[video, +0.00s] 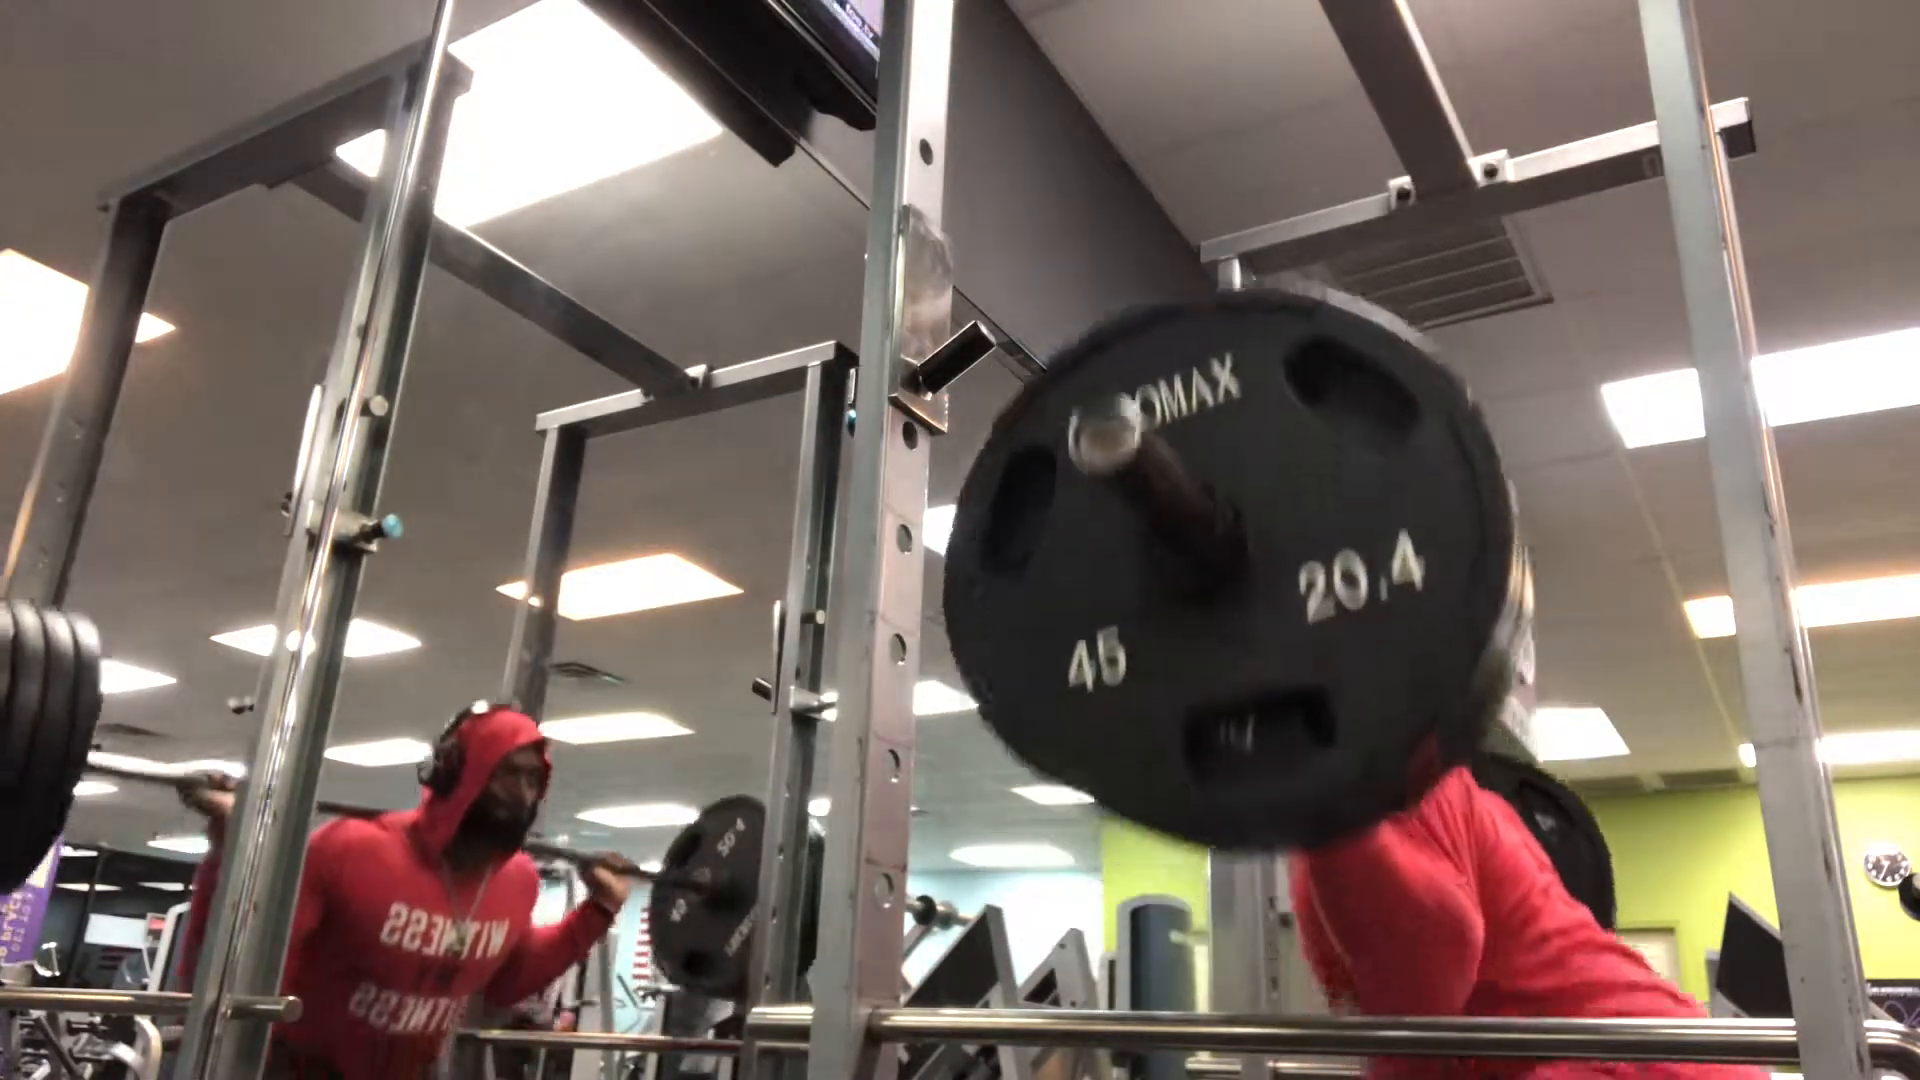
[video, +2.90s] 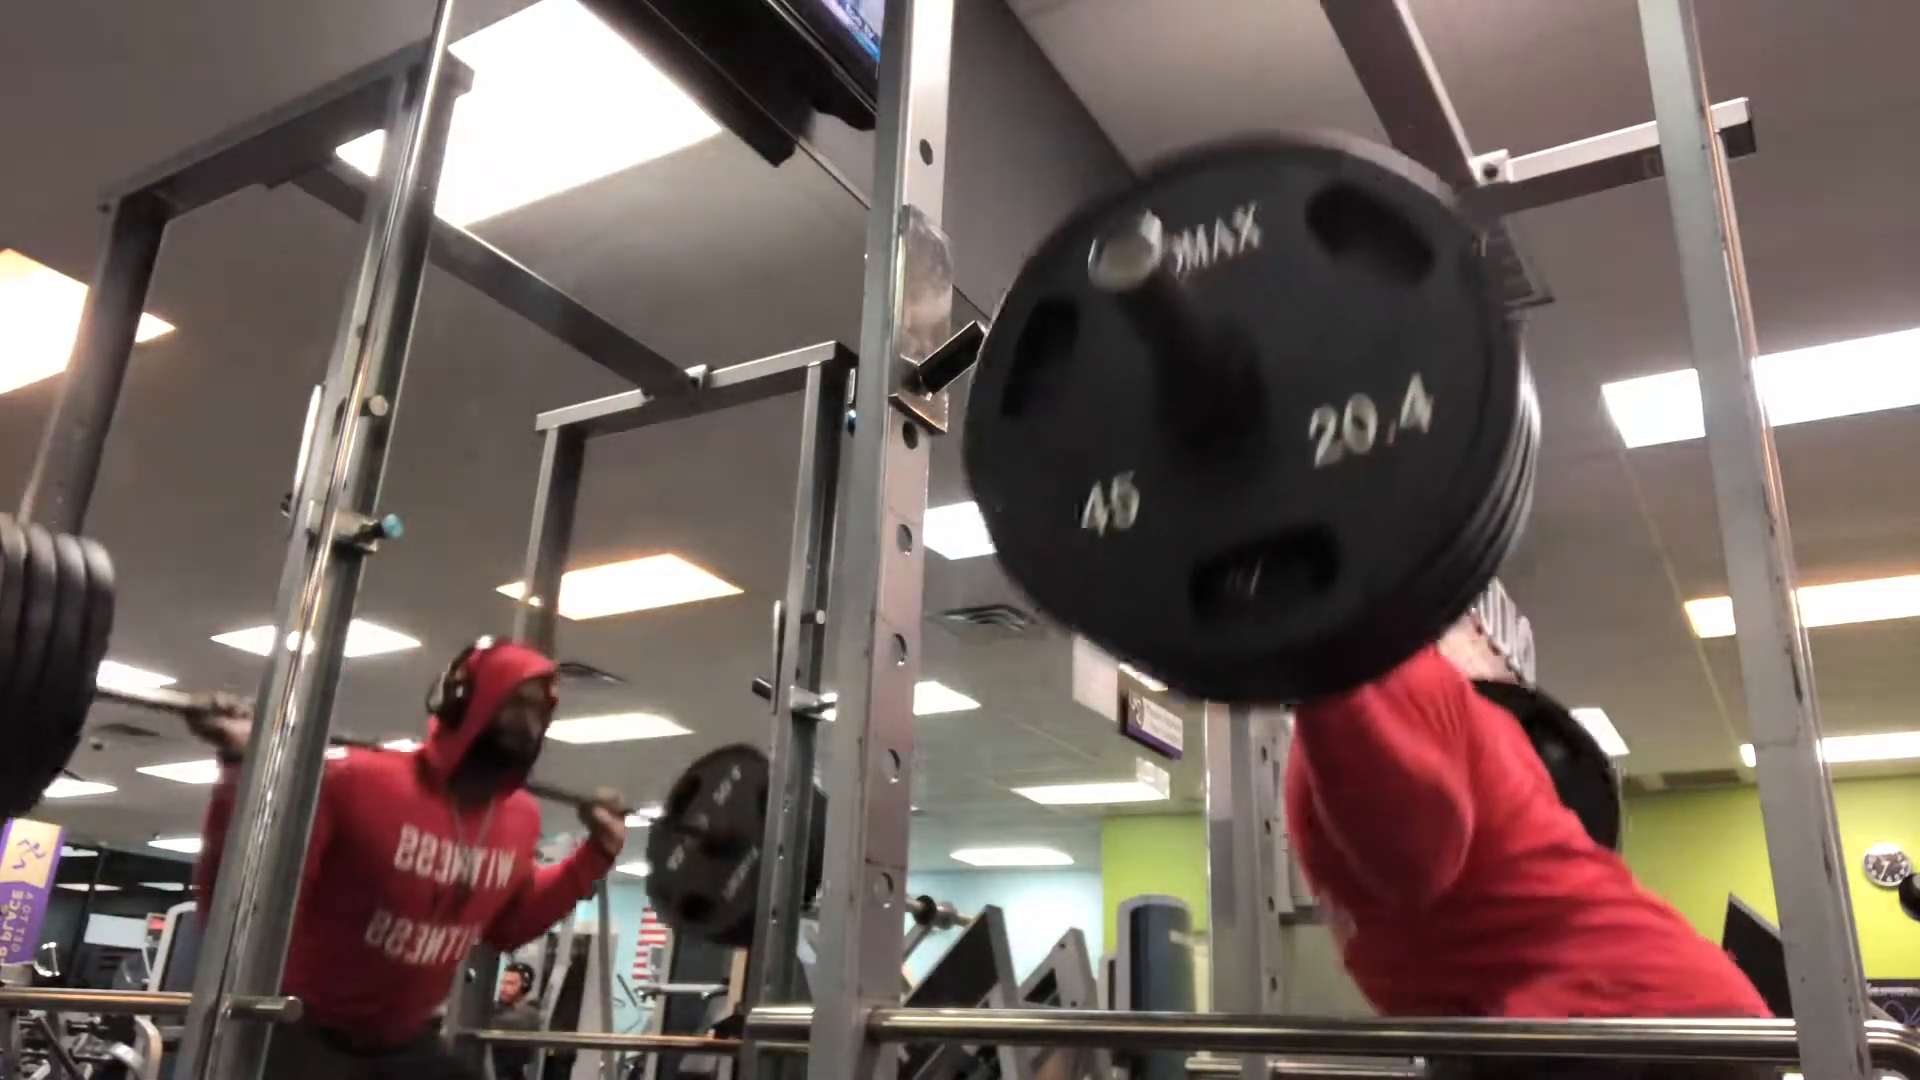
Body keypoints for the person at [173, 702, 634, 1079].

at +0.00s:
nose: (522, 791)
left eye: (534, 779)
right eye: (507, 773)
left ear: (544, 792)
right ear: (462, 772)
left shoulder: (517, 880)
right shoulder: (351, 848)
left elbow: (503, 985)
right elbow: (227, 961)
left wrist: (597, 913)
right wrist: (232, 841)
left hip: (412, 1066)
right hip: (306, 1060)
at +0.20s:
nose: (529, 738)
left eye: (540, 722)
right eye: (513, 716)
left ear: (547, 734)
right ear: (467, 718)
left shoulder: (523, 829)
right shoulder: (358, 795)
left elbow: (511, 932)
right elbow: (223, 918)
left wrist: (601, 862)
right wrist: (242, 778)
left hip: (417, 1049)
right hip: (314, 1037)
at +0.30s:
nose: (532, 699)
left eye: (544, 686)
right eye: (516, 680)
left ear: (553, 699)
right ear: (471, 681)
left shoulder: (528, 795)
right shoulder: (365, 759)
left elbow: (515, 904)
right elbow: (233, 869)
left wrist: (606, 832)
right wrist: (247, 747)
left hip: (427, 1028)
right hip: (321, 1017)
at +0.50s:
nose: (548, 619)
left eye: (555, 604)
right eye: (530, 601)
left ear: (559, 616)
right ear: (482, 604)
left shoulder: (539, 717)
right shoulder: (374, 683)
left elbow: (528, 829)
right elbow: (250, 796)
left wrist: (612, 760)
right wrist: (261, 659)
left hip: (437, 963)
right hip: (333, 952)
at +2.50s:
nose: (535, 617)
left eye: (545, 604)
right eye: (520, 599)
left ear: (556, 616)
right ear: (474, 600)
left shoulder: (525, 712)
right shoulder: (371, 669)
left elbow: (514, 822)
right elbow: (240, 782)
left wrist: (602, 753)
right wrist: (252, 651)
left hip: (422, 970)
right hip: (317, 951)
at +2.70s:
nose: (536, 668)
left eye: (546, 653)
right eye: (522, 647)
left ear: (551, 664)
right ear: (473, 647)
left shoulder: (525, 763)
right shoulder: (364, 719)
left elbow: (512, 872)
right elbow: (238, 837)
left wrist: (600, 797)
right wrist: (242, 706)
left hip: (422, 1005)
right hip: (316, 993)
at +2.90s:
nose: (535, 724)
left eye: (543, 709)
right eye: (520, 705)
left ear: (547, 720)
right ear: (471, 703)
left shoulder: (519, 818)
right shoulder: (356, 780)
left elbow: (506, 927)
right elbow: (226, 901)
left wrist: (595, 856)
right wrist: (242, 770)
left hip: (410, 1049)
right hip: (307, 1039)